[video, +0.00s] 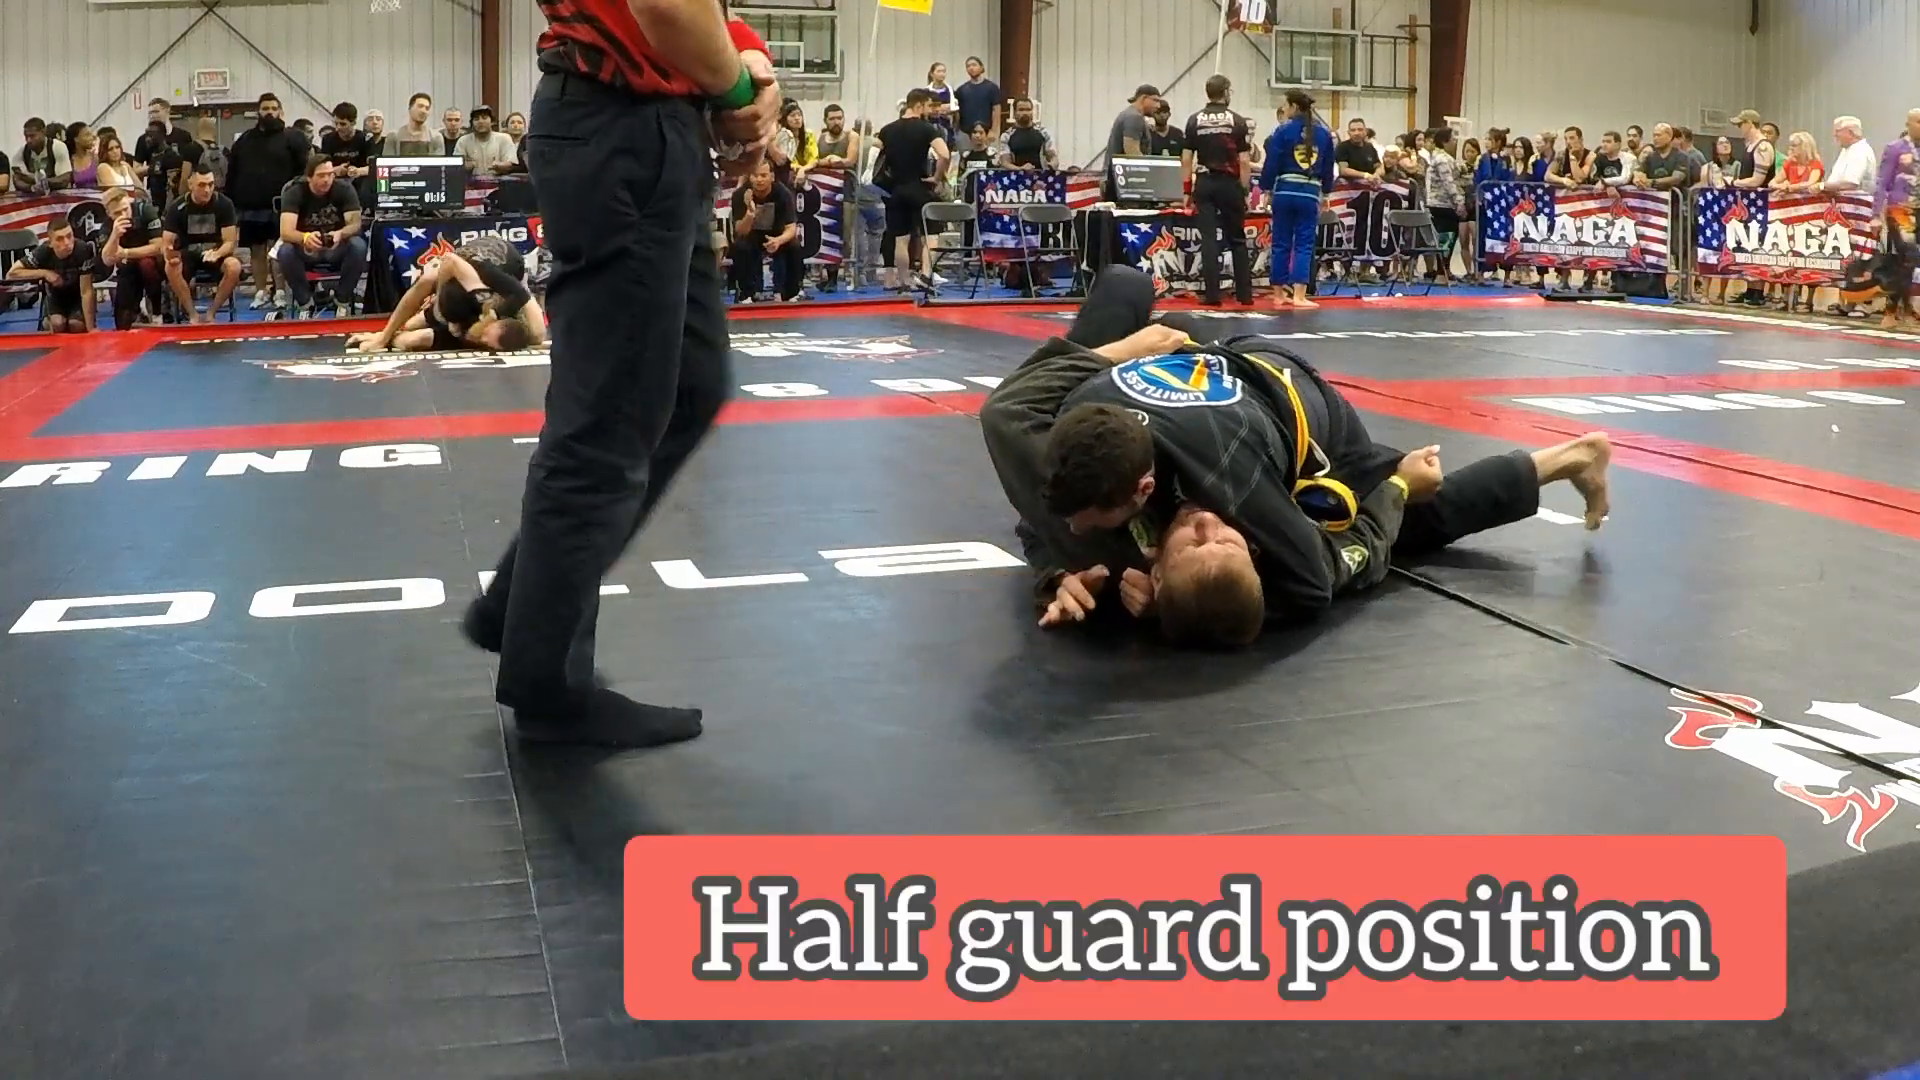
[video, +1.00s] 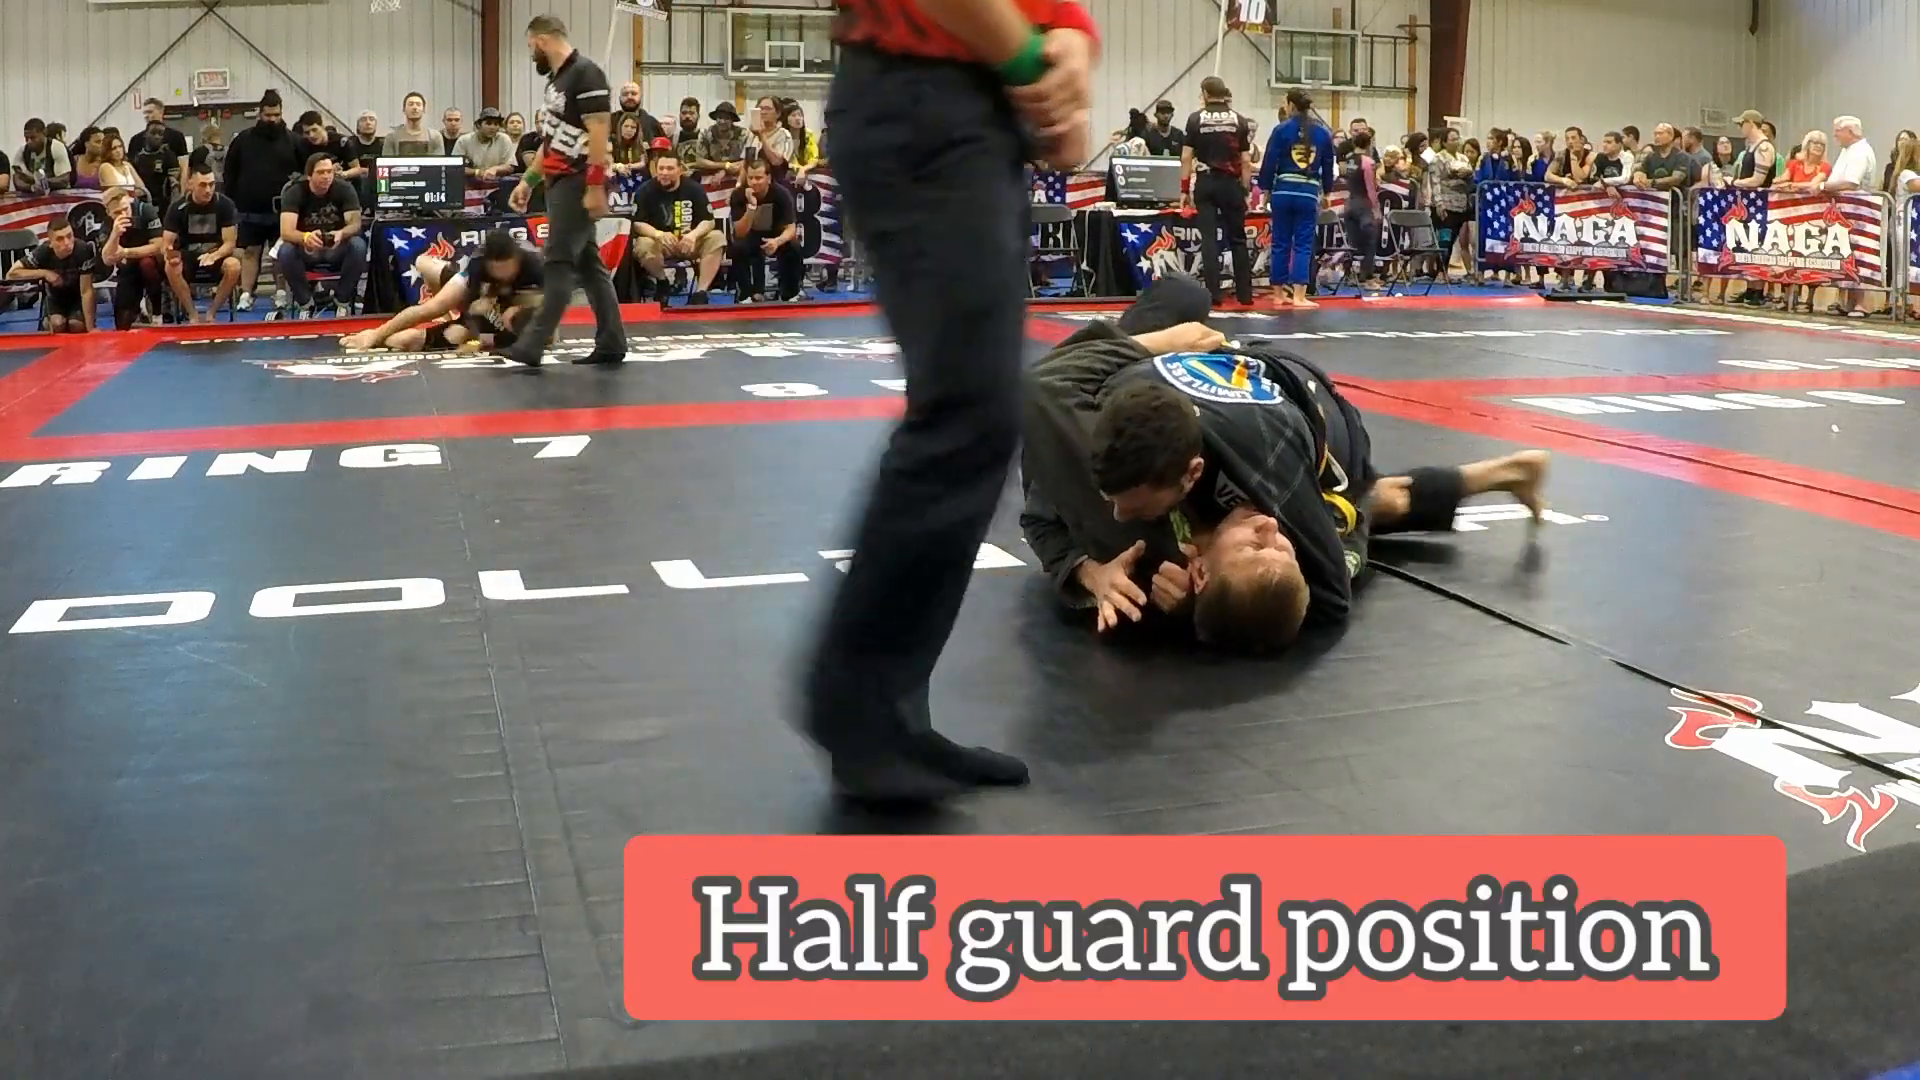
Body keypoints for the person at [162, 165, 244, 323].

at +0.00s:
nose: (207, 190)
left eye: (210, 185)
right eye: (201, 185)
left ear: (214, 184)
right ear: (190, 185)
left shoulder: (224, 204)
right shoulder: (177, 207)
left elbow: (230, 241)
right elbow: (167, 242)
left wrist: (217, 253)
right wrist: (171, 256)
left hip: (215, 252)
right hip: (187, 253)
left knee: (234, 266)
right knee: (172, 268)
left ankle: (211, 313)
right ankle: (193, 315)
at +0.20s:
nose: (207, 190)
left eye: (210, 185)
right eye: (202, 185)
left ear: (214, 184)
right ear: (190, 185)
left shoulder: (223, 204)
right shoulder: (176, 208)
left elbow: (229, 242)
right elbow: (167, 242)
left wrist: (215, 255)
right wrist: (171, 257)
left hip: (215, 252)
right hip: (187, 254)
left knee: (233, 266)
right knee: (171, 268)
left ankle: (211, 312)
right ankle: (193, 315)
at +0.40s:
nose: (207, 190)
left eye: (211, 184)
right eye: (202, 185)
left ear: (215, 184)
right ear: (190, 184)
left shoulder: (224, 204)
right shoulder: (176, 207)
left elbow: (229, 243)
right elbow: (167, 243)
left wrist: (214, 256)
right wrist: (172, 256)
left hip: (215, 253)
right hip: (187, 255)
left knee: (234, 266)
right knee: (172, 268)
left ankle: (211, 313)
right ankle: (193, 315)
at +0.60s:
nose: (208, 190)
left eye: (211, 184)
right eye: (202, 185)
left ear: (215, 183)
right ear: (191, 184)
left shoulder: (224, 205)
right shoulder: (177, 207)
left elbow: (229, 243)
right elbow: (167, 242)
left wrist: (214, 255)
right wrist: (171, 257)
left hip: (215, 254)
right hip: (187, 255)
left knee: (234, 266)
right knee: (171, 268)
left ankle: (211, 314)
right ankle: (193, 315)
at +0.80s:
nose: (208, 190)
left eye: (211, 185)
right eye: (202, 185)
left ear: (215, 184)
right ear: (191, 185)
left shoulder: (224, 205)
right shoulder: (177, 208)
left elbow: (229, 243)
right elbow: (167, 243)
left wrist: (214, 256)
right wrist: (171, 256)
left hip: (215, 254)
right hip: (187, 255)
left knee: (234, 266)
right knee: (171, 268)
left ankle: (211, 314)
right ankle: (193, 315)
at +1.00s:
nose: (208, 190)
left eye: (211, 185)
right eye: (202, 185)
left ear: (215, 184)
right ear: (190, 185)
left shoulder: (225, 204)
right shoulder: (178, 207)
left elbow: (230, 242)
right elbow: (167, 242)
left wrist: (214, 255)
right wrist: (171, 256)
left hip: (215, 253)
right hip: (188, 255)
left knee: (234, 266)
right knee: (171, 268)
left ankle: (211, 313)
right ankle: (193, 315)